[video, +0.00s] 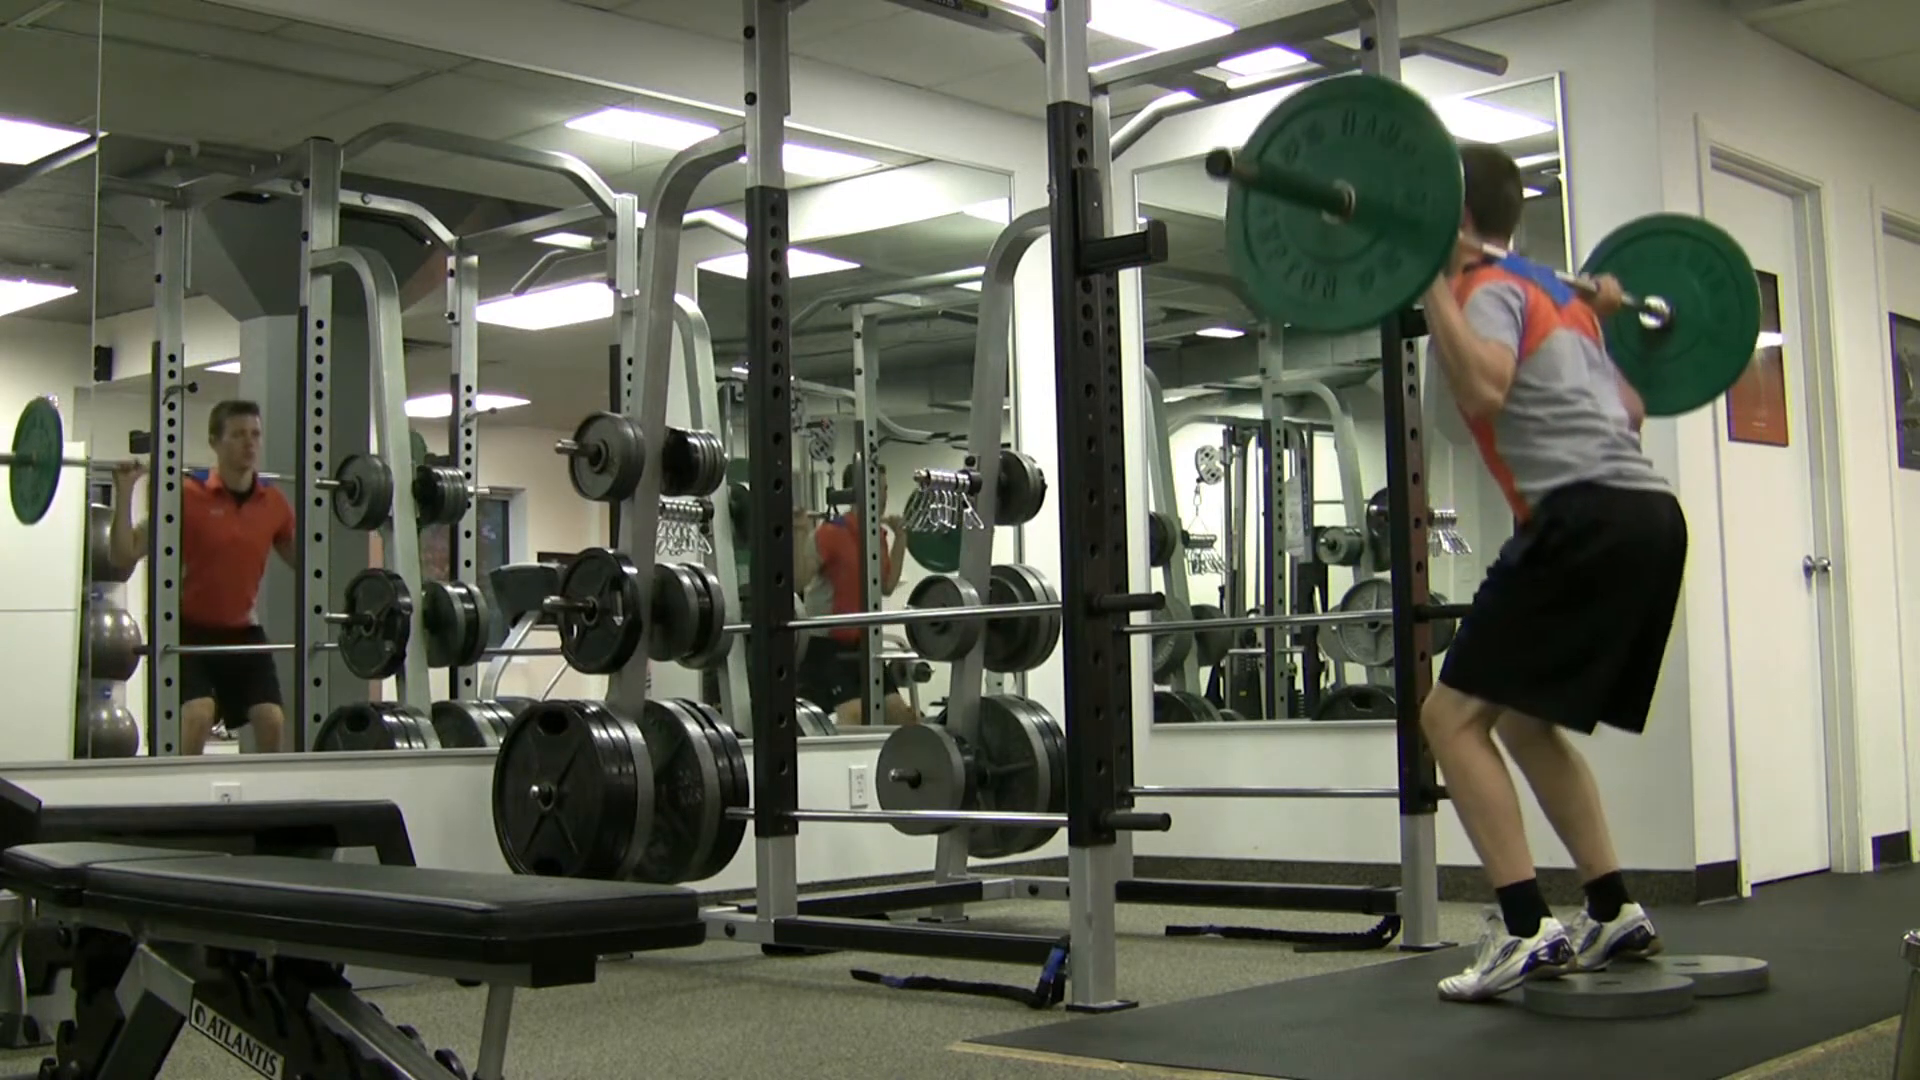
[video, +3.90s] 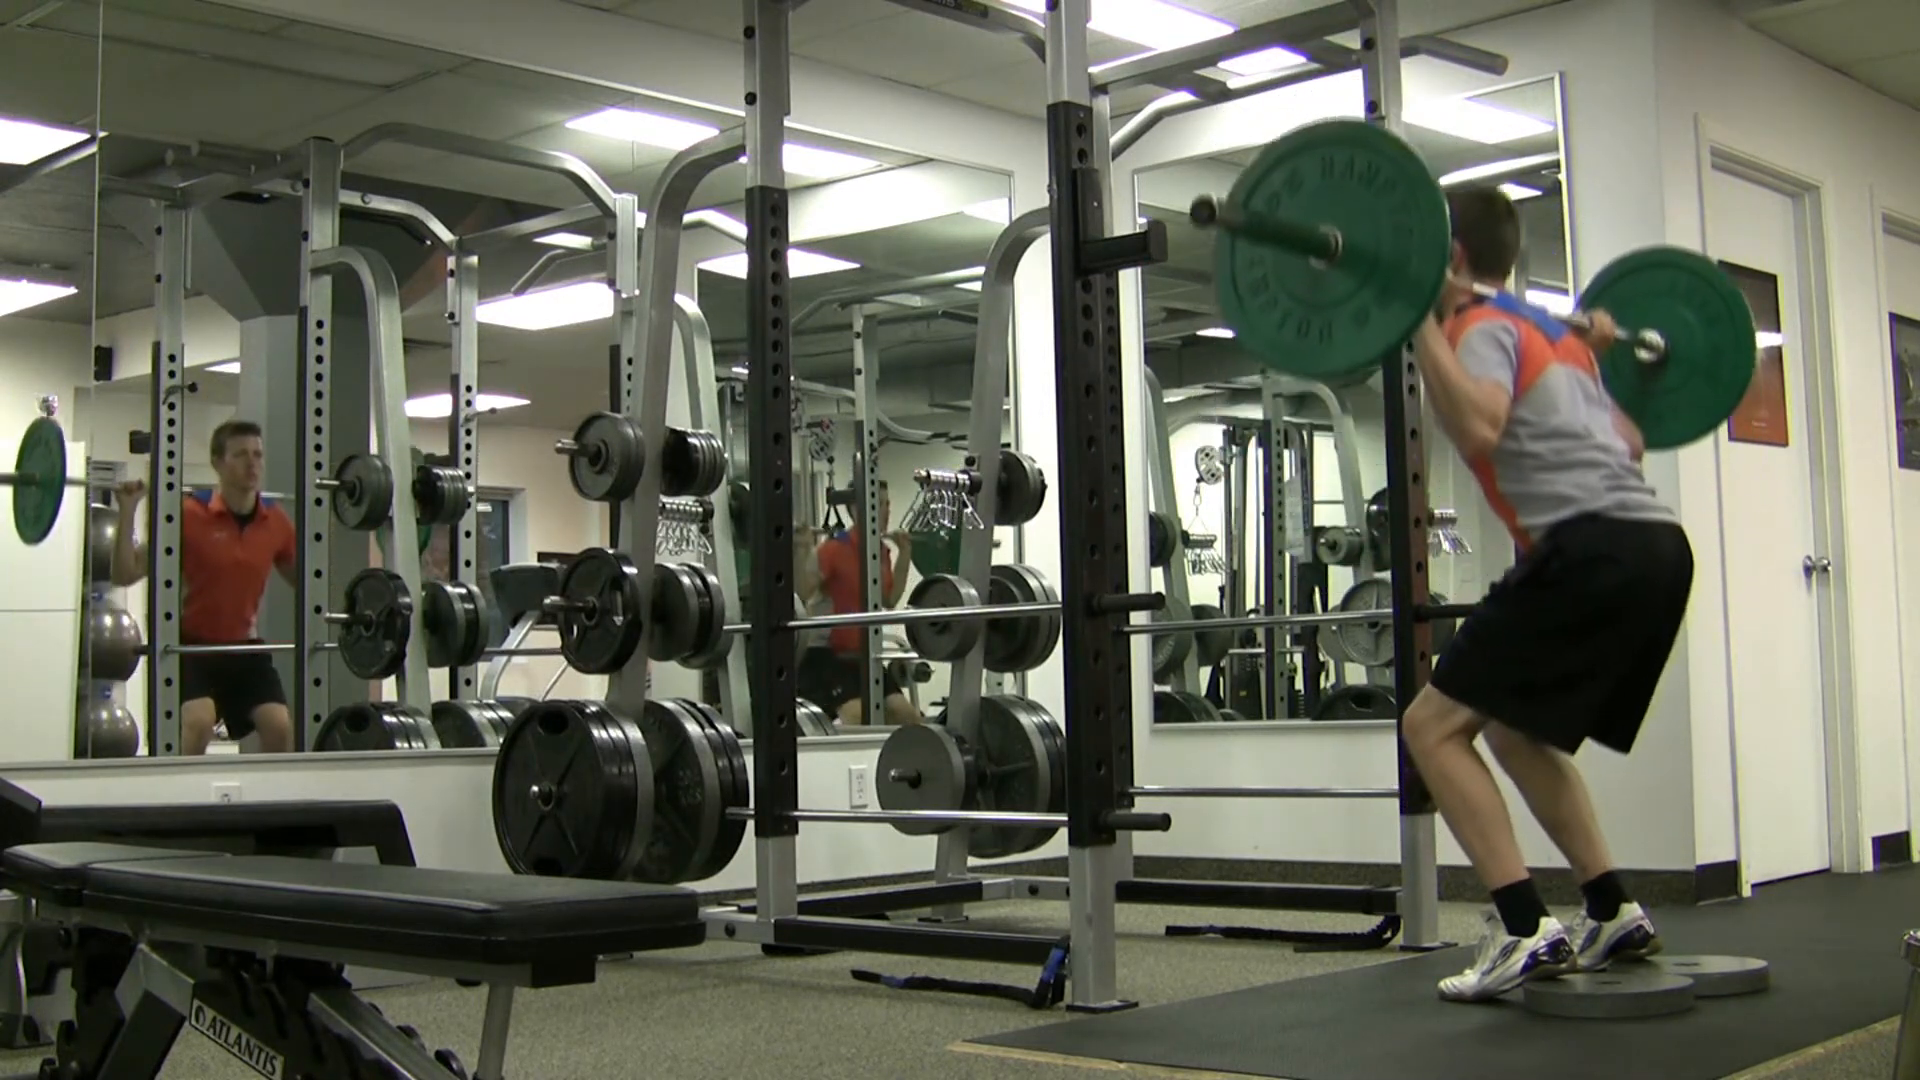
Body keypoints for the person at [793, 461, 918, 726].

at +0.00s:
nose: (885, 495)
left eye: (885, 488)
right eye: (879, 488)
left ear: (882, 492)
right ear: (861, 491)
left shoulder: (877, 534)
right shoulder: (832, 531)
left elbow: (887, 585)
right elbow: (800, 580)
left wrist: (900, 538)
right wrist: (800, 533)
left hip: (867, 642)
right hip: (835, 644)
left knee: (903, 718)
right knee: (853, 721)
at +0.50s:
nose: (874, 465)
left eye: (877, 457)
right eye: (865, 457)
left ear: (882, 460)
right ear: (849, 459)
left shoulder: (875, 505)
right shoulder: (830, 502)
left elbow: (888, 557)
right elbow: (799, 554)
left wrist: (898, 512)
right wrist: (798, 503)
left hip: (865, 613)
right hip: (833, 614)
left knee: (868, 704)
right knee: (838, 703)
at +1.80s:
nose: (882, 503)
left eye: (885, 496)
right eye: (875, 496)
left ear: (888, 500)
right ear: (855, 501)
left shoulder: (880, 544)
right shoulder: (834, 541)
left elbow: (889, 595)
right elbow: (804, 588)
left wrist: (901, 544)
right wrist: (801, 542)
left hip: (869, 649)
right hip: (833, 649)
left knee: (906, 719)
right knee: (854, 723)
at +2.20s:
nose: (886, 541)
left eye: (888, 534)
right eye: (877, 533)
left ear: (890, 537)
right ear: (856, 539)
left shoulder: (884, 580)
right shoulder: (836, 577)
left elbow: (887, 632)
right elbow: (815, 618)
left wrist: (903, 585)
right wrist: (803, 584)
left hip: (869, 675)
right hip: (833, 675)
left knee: (912, 719)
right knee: (860, 724)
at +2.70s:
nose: (889, 579)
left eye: (891, 572)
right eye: (882, 572)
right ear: (858, 576)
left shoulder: (886, 616)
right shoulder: (835, 613)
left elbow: (896, 673)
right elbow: (810, 661)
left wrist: (902, 620)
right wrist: (810, 613)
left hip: (872, 699)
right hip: (836, 699)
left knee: (917, 722)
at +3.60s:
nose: (889, 548)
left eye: (890, 541)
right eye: (882, 541)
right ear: (858, 546)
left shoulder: (883, 586)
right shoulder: (834, 586)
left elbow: (889, 635)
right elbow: (818, 633)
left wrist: (906, 591)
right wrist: (805, 590)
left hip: (871, 680)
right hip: (837, 681)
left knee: (914, 720)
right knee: (860, 729)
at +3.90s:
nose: (886, 510)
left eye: (887, 504)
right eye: (879, 504)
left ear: (887, 508)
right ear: (856, 509)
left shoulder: (881, 551)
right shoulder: (833, 549)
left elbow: (891, 599)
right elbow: (804, 593)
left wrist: (905, 553)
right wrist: (802, 551)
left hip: (871, 655)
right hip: (838, 654)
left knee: (909, 717)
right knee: (855, 716)